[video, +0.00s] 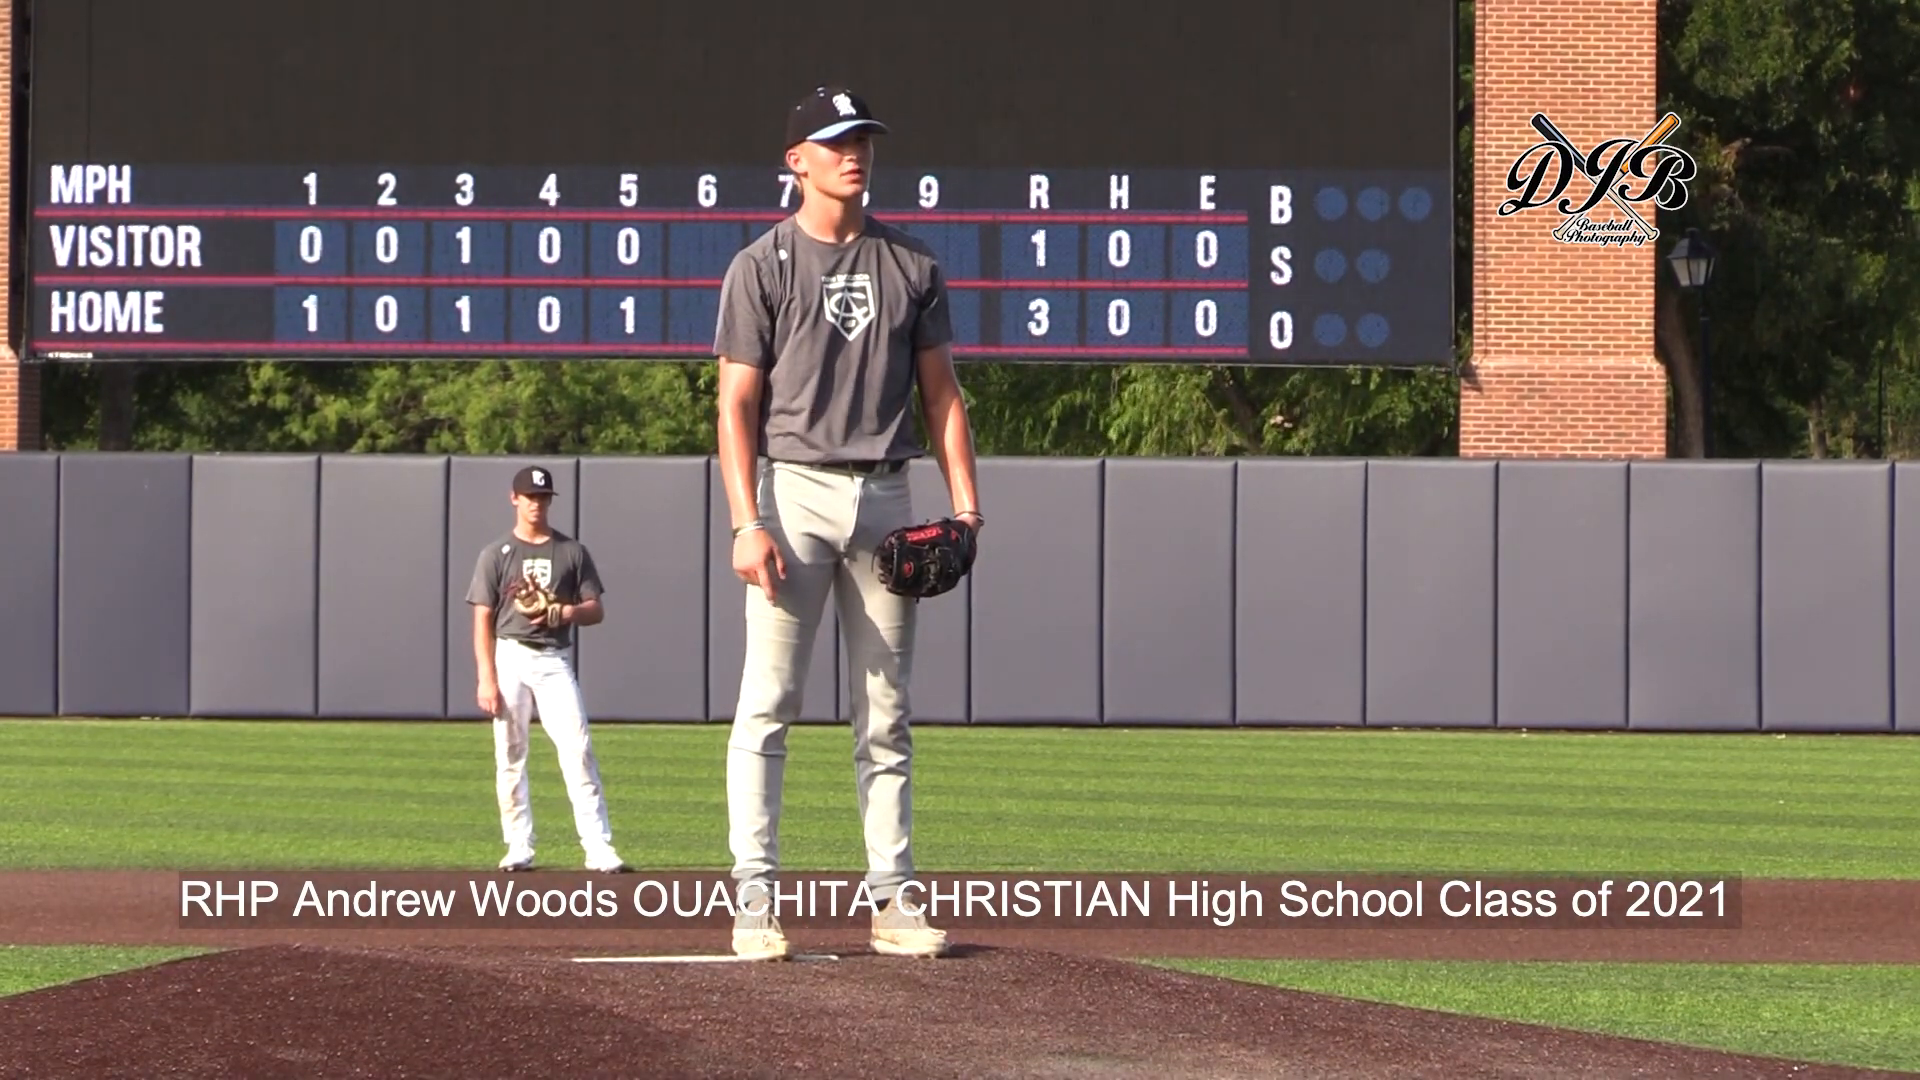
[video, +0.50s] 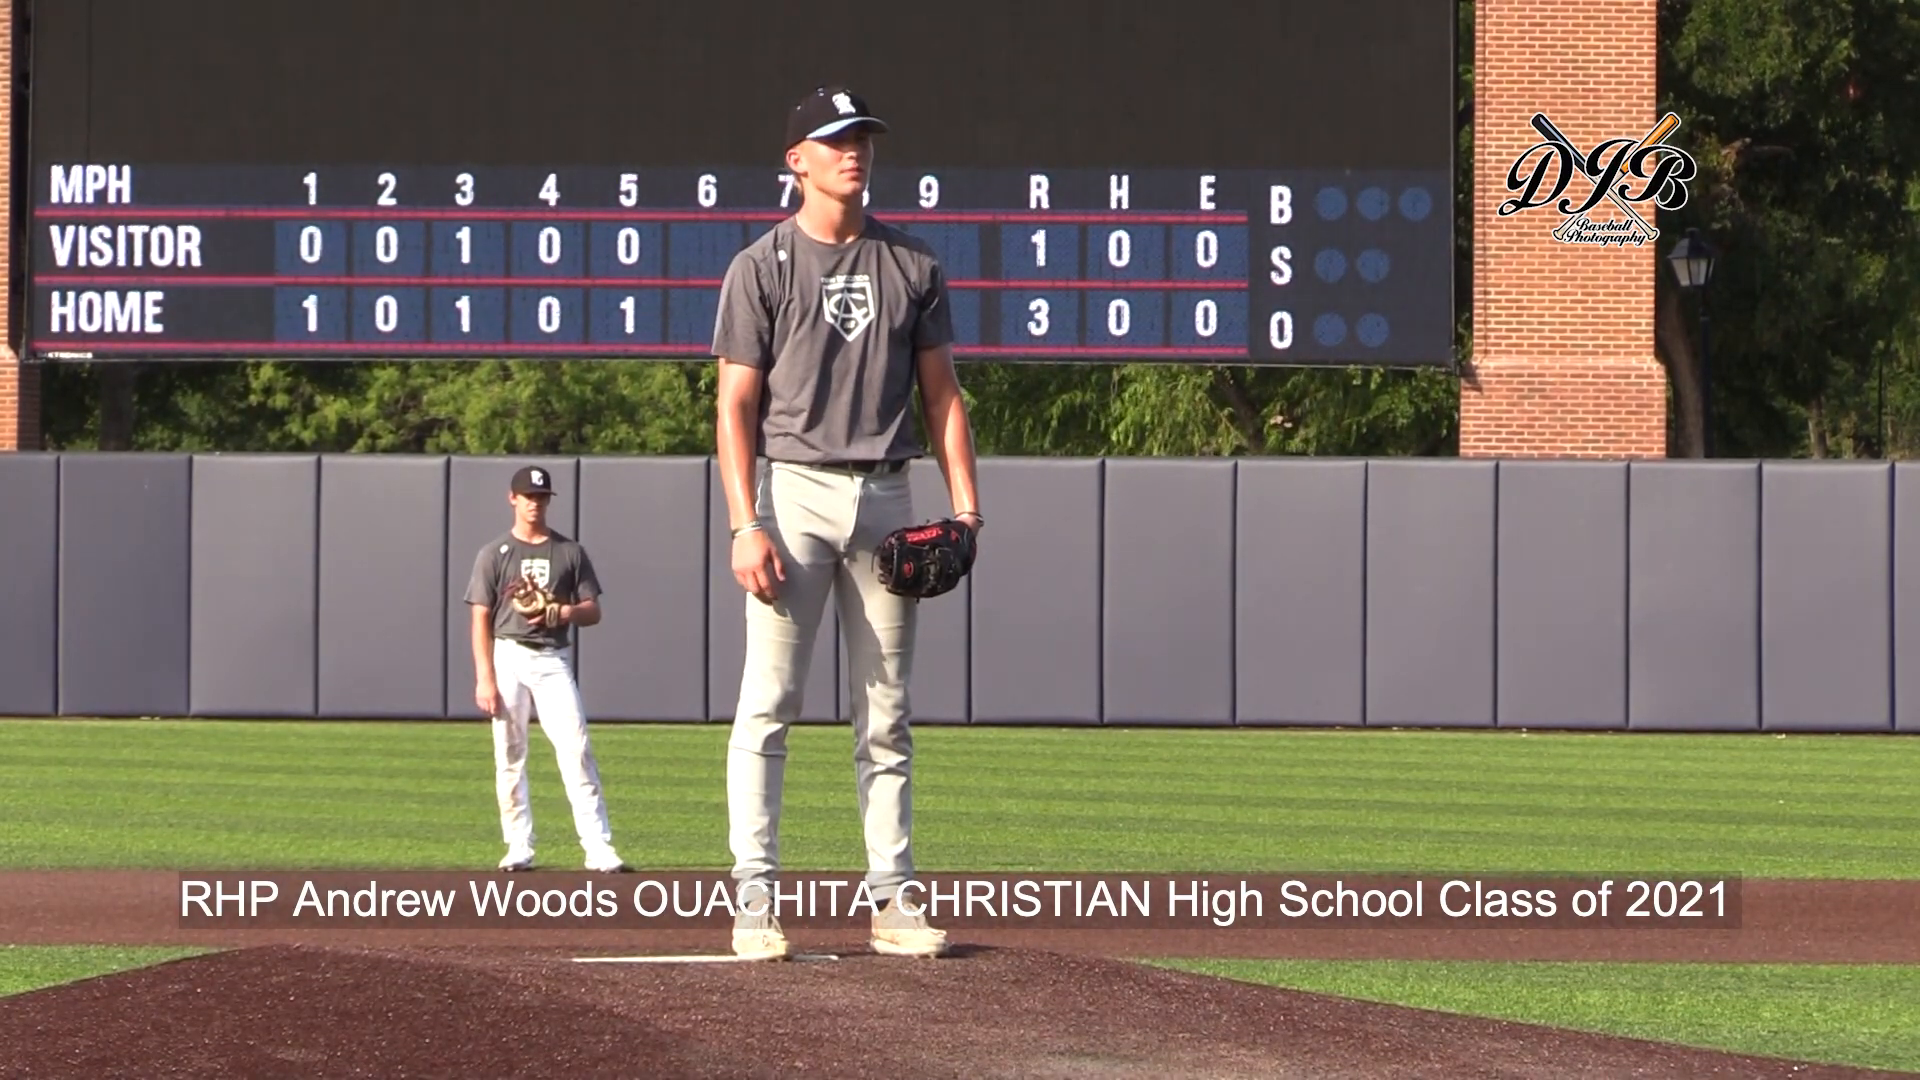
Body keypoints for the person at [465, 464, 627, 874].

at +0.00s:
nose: (537, 504)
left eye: (543, 497)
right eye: (529, 497)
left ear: (551, 500)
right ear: (515, 499)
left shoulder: (573, 551)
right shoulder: (495, 555)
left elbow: (595, 610)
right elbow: (482, 622)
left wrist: (564, 612)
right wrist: (486, 679)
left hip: (555, 660)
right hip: (508, 657)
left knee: (579, 749)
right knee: (510, 756)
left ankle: (600, 852)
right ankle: (519, 850)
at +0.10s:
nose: (537, 504)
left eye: (543, 497)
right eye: (530, 497)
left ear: (551, 500)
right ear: (515, 499)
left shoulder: (573, 552)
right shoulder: (495, 555)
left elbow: (594, 610)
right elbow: (482, 621)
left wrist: (563, 612)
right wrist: (487, 679)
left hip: (555, 660)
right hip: (508, 657)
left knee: (578, 749)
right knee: (510, 756)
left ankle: (600, 851)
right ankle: (519, 850)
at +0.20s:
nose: (537, 504)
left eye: (543, 497)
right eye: (529, 497)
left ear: (551, 500)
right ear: (515, 499)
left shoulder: (573, 552)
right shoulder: (495, 555)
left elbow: (594, 610)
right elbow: (482, 621)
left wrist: (563, 611)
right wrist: (486, 679)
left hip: (554, 659)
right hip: (507, 657)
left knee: (578, 749)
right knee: (510, 756)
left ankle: (600, 852)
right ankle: (519, 850)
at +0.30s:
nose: (536, 504)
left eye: (542, 497)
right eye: (529, 496)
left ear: (550, 500)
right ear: (514, 499)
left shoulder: (572, 552)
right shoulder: (494, 554)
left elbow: (593, 611)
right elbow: (481, 620)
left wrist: (561, 611)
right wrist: (486, 679)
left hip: (554, 659)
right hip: (507, 657)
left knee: (578, 749)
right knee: (509, 756)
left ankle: (600, 851)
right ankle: (519, 850)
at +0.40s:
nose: (536, 504)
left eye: (542, 497)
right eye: (529, 496)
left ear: (550, 500)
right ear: (513, 499)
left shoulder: (571, 552)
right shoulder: (493, 555)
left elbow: (593, 611)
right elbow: (481, 621)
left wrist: (560, 611)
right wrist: (485, 679)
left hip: (553, 659)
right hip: (506, 657)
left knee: (578, 749)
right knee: (509, 756)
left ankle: (600, 851)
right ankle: (519, 850)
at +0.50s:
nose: (535, 504)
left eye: (541, 497)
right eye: (528, 497)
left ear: (549, 500)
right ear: (513, 499)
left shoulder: (571, 552)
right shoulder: (493, 555)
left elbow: (592, 611)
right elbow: (480, 621)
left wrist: (560, 612)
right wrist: (485, 679)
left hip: (553, 659)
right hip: (506, 657)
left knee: (577, 749)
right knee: (509, 756)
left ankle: (600, 851)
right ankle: (518, 850)